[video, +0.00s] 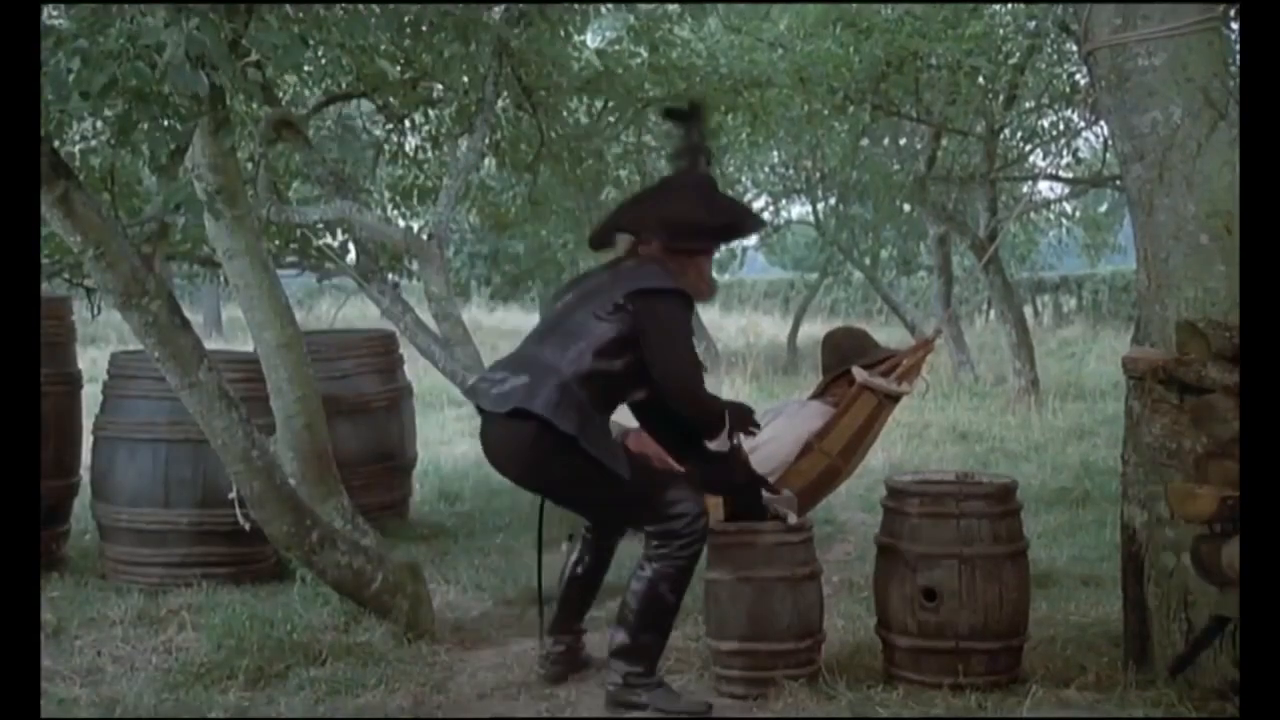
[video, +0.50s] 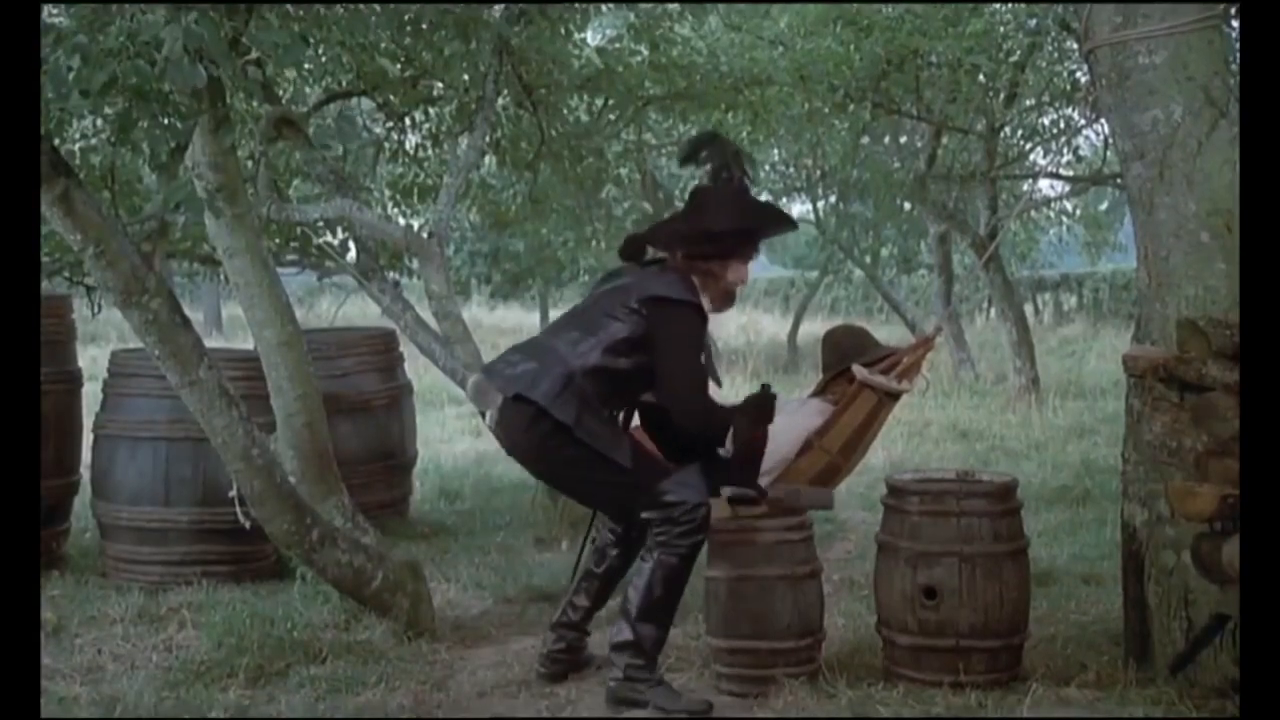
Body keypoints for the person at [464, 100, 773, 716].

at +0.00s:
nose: (715, 274)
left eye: (715, 258)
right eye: (710, 258)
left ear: (652, 249)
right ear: (679, 253)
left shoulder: (608, 283)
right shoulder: (662, 293)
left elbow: (667, 422)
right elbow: (686, 402)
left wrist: (745, 488)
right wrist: (730, 415)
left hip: (502, 428)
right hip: (543, 434)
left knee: (613, 510)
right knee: (682, 517)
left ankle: (561, 646)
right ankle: (634, 679)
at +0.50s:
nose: (748, 276)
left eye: (750, 262)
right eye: (746, 260)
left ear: (693, 254)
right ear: (716, 259)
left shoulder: (644, 285)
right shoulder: (676, 302)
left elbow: (652, 410)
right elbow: (689, 416)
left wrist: (699, 463)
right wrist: (732, 424)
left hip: (518, 409)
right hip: (543, 416)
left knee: (635, 510)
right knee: (682, 511)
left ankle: (563, 646)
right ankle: (634, 675)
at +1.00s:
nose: (821, 275)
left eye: (825, 262)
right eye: (817, 261)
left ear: (764, 248)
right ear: (783, 255)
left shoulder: (714, 278)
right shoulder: (754, 288)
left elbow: (707, 394)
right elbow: (823, 384)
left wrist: (807, 427)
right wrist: (902, 405)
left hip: (574, 382)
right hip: (608, 391)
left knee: (644, 511)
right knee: (728, 499)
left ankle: (564, 641)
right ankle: (686, 666)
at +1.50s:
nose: (837, 285)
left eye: (842, 272)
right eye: (836, 271)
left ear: (783, 254)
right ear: (803, 263)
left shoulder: (736, 277)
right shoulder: (772, 290)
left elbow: (764, 395)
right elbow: (820, 381)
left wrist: (842, 402)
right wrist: (883, 399)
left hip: (588, 381)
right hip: (627, 390)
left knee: (645, 511)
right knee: (736, 500)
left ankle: (564, 639)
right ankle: (685, 663)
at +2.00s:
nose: (830, 276)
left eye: (834, 264)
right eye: (828, 262)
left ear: (777, 236)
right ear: (796, 251)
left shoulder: (738, 258)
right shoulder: (756, 276)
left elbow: (767, 374)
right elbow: (799, 380)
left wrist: (841, 408)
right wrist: (879, 402)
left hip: (595, 361)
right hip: (616, 372)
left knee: (689, 481)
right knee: (718, 487)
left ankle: (618, 608)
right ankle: (685, 658)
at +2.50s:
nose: (800, 299)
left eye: (808, 285)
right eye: (795, 282)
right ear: (760, 268)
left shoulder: (729, 297)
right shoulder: (704, 304)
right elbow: (710, 442)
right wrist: (742, 538)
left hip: (630, 365)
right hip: (575, 358)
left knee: (689, 481)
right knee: (639, 485)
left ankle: (654, 619)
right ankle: (606, 652)